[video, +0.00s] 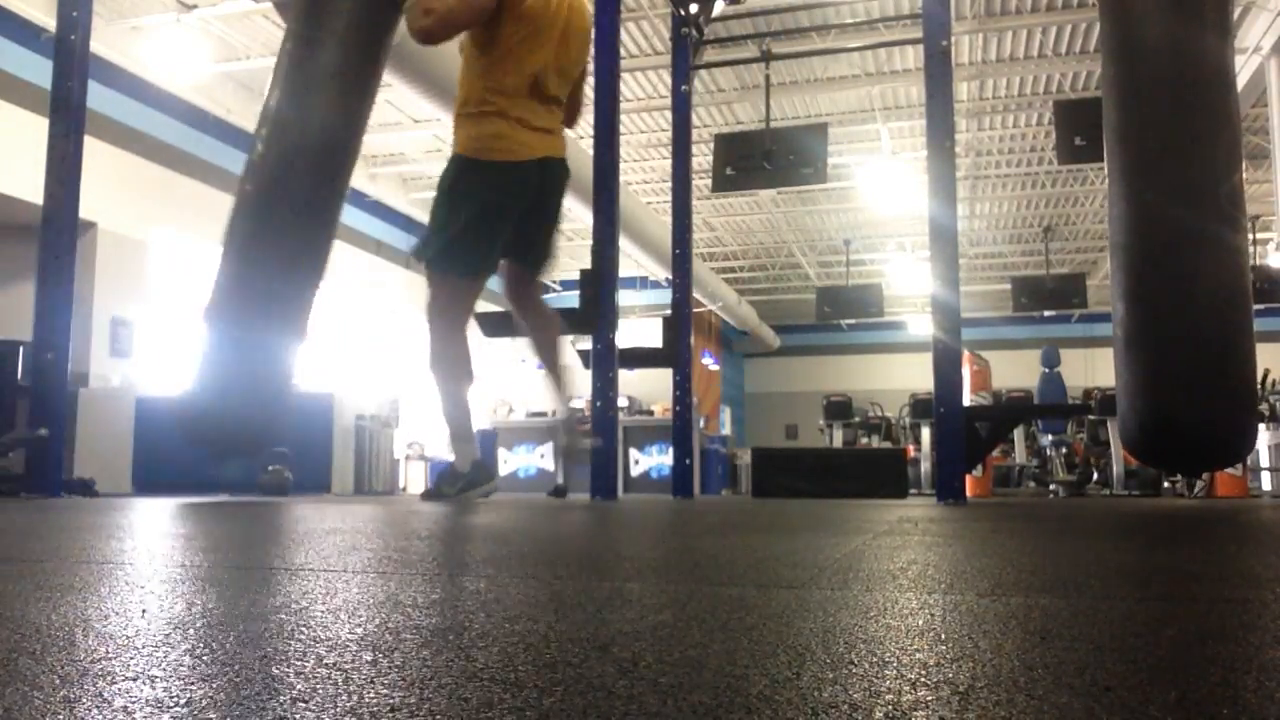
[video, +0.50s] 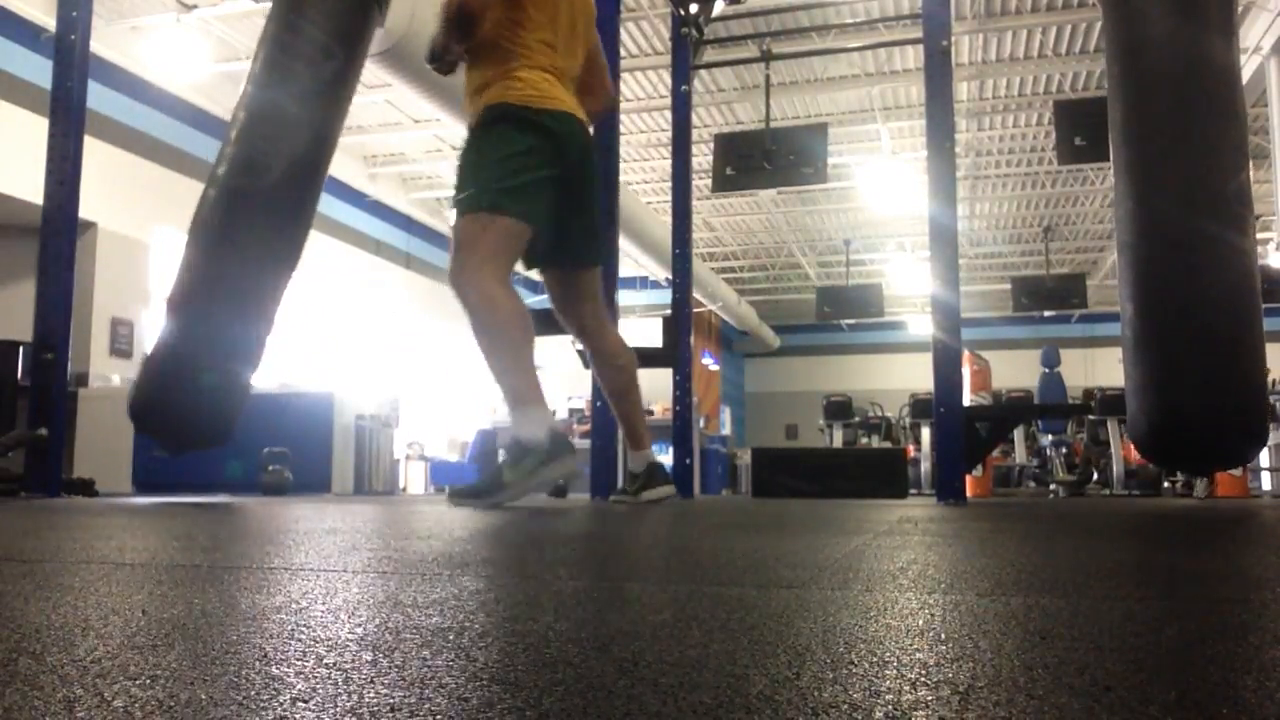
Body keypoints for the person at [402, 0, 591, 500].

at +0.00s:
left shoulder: (496, 1)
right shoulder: (579, 10)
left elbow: (427, 26)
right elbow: (570, 112)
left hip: (485, 161)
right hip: (548, 165)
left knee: (447, 316)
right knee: (523, 289)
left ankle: (466, 461)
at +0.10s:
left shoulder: (511, 2)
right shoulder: (586, 8)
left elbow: (449, 28)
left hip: (504, 158)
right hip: (568, 159)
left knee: (469, 315)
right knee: (578, 312)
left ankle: (466, 458)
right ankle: (638, 439)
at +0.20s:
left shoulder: (523, 1)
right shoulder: (589, 9)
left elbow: (476, 39)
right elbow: (534, 73)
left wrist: (436, 23)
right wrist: (478, 47)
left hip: (529, 140)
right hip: (594, 142)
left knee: (460, 290)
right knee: (612, 311)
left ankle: (492, 434)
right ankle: (647, 463)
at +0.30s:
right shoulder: (591, 9)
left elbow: (494, 29)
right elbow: (564, 82)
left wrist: (460, 52)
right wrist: (490, 78)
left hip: (540, 133)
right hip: (602, 140)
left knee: (456, 277)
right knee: (614, 311)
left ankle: (542, 395)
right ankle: (648, 464)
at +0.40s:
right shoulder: (589, 9)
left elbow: (489, 14)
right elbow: (604, 91)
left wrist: (460, 50)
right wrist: (502, 96)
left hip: (538, 125)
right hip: (597, 142)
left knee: (473, 264)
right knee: (601, 308)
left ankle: (521, 413)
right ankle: (647, 463)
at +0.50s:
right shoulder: (578, 7)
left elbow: (466, 21)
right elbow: (600, 92)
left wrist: (445, 51)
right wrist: (551, 122)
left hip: (516, 116)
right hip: (577, 139)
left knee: (478, 271)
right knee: (584, 308)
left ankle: (535, 439)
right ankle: (644, 463)